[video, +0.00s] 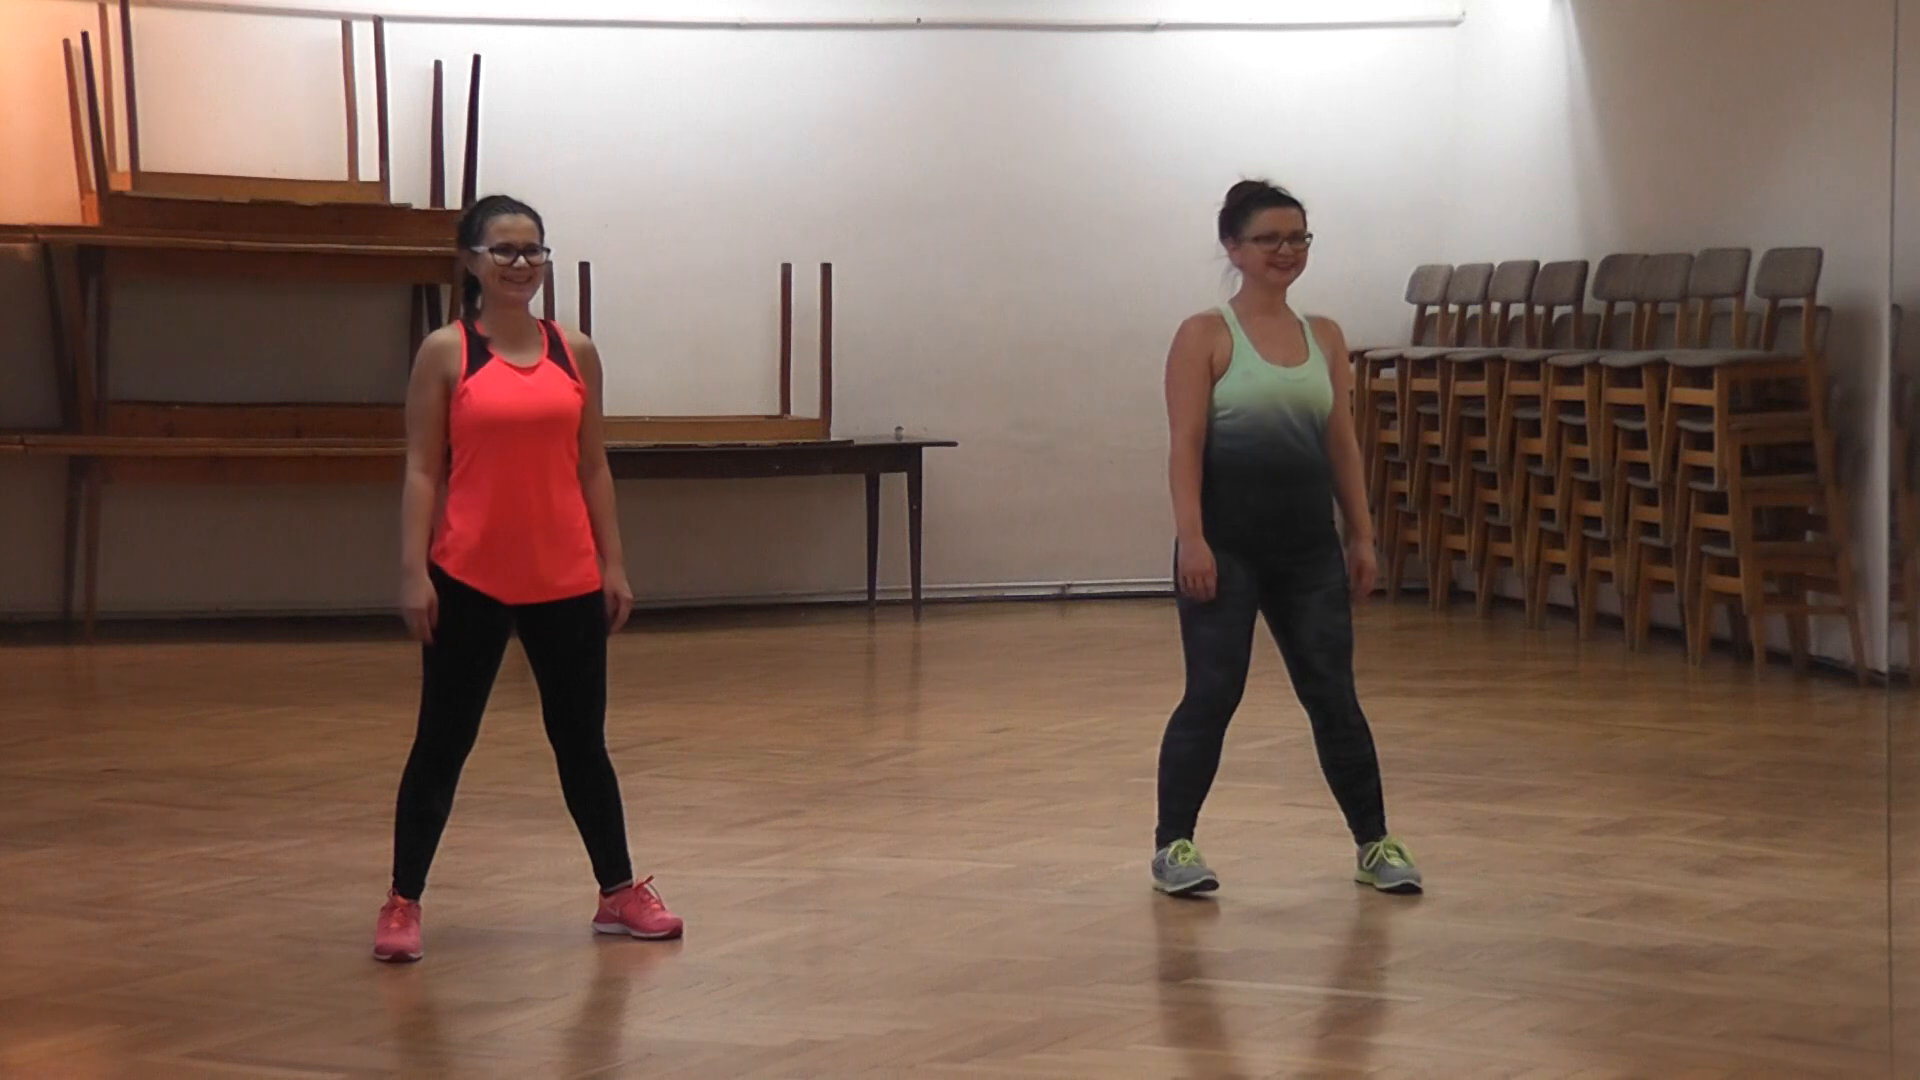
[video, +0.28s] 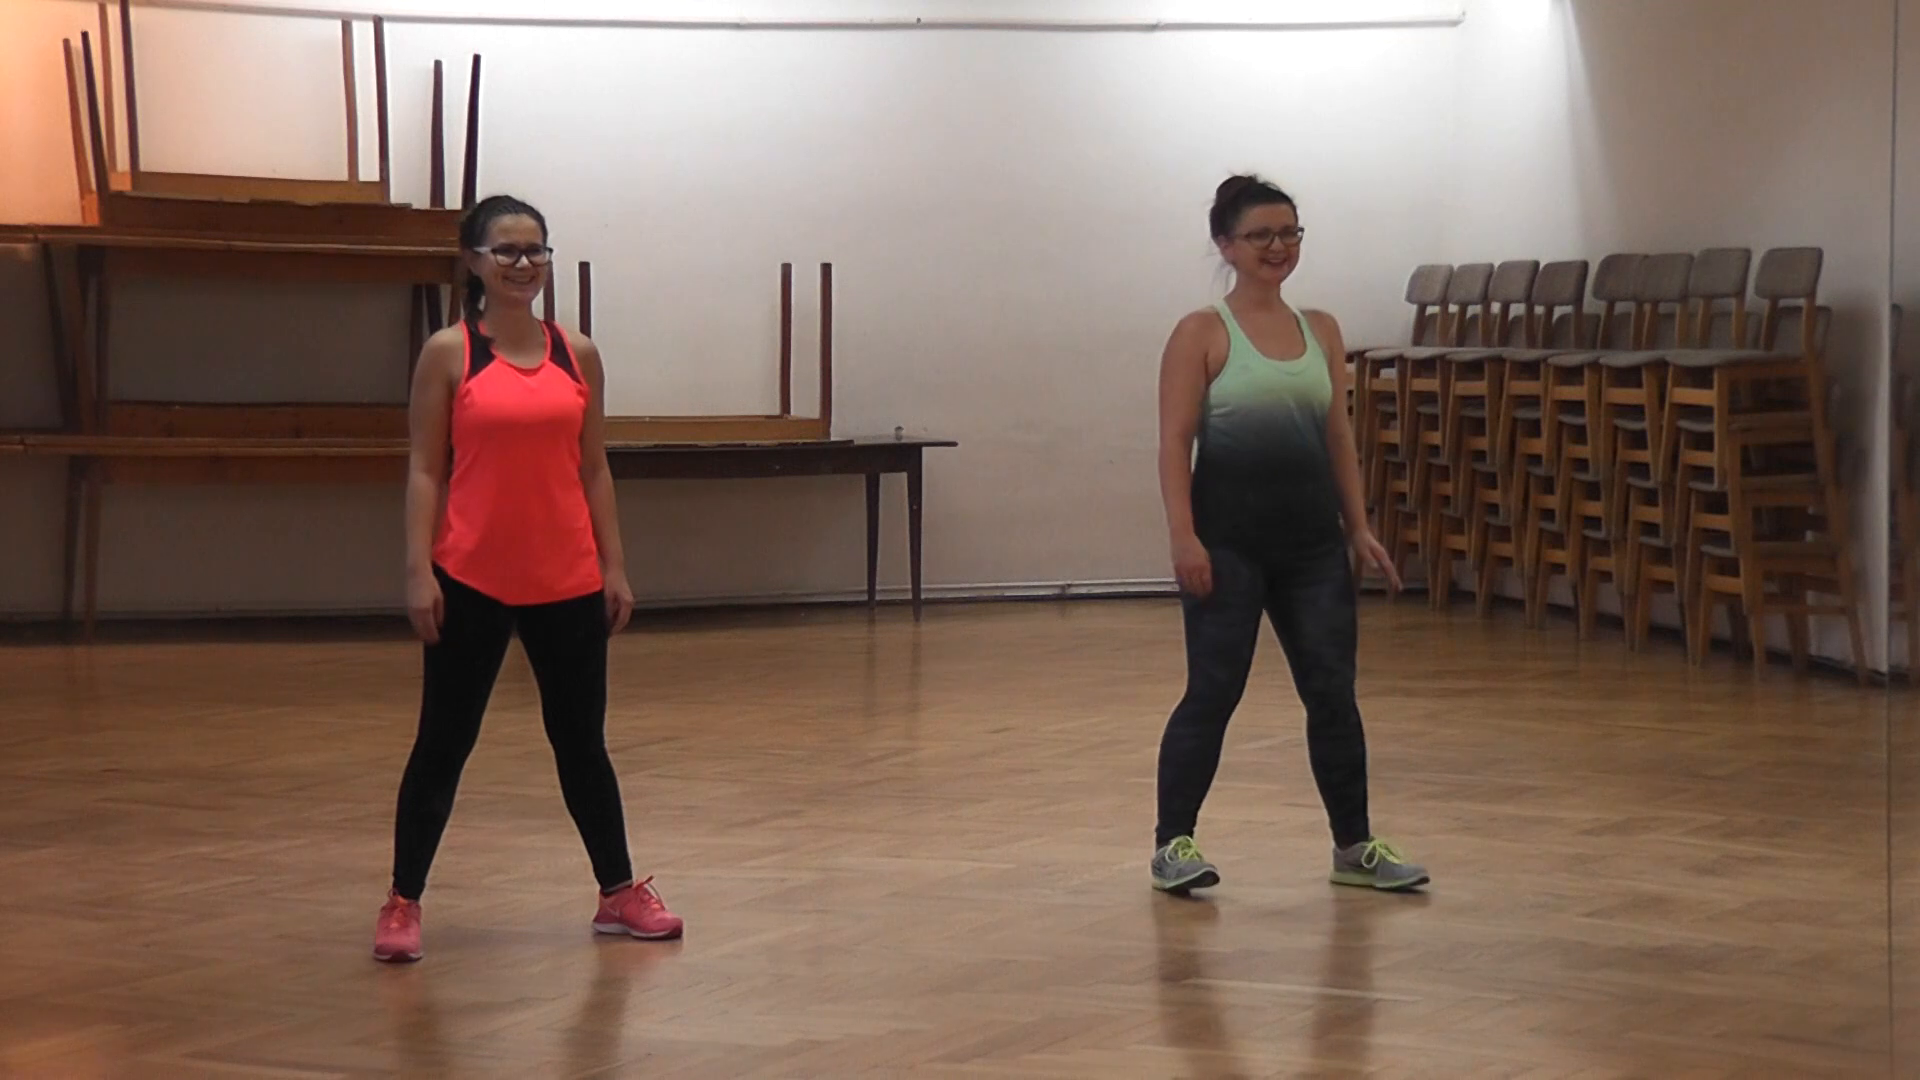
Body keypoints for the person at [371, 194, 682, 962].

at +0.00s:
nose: (521, 261)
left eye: (532, 249)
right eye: (504, 250)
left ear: (545, 260)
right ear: (472, 262)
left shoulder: (576, 353)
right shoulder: (445, 352)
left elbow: (594, 465)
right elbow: (424, 469)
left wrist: (613, 564)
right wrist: (413, 569)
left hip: (568, 579)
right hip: (470, 580)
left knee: (583, 740)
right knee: (441, 747)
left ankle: (620, 890)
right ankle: (403, 903)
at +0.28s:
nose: (522, 262)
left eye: (534, 250)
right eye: (506, 250)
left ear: (548, 261)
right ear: (475, 262)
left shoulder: (578, 354)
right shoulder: (447, 353)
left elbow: (595, 468)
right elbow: (426, 470)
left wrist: (614, 566)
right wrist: (418, 569)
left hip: (569, 580)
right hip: (471, 580)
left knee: (583, 741)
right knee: (442, 747)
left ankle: (620, 890)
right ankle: (403, 903)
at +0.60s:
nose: (526, 261)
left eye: (537, 249)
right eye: (509, 249)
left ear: (549, 261)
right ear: (476, 263)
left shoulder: (579, 356)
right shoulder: (447, 354)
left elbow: (593, 467)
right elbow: (405, 451)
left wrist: (614, 569)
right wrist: (425, 534)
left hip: (570, 584)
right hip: (474, 581)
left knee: (583, 742)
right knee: (443, 746)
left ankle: (620, 890)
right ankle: (403, 903)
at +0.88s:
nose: (532, 259)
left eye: (538, 245)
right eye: (512, 252)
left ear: (552, 255)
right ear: (480, 271)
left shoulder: (585, 358)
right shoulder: (453, 354)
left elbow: (599, 473)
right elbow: (414, 455)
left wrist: (616, 574)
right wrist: (405, 535)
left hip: (569, 584)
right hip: (472, 581)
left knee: (584, 742)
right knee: (443, 746)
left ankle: (620, 891)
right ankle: (403, 904)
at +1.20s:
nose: (534, 257)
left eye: (539, 243)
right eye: (513, 253)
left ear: (555, 251)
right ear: (484, 275)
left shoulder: (599, 352)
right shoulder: (465, 350)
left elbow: (619, 468)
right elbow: (437, 460)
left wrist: (637, 567)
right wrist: (417, 554)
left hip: (579, 580)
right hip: (477, 579)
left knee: (594, 742)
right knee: (447, 745)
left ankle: (620, 890)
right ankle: (403, 902)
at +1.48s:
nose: (553, 252)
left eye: (561, 239)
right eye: (535, 245)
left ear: (577, 246)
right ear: (504, 261)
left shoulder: (621, 347)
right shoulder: (481, 348)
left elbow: (653, 456)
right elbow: (447, 450)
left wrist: (669, 550)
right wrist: (414, 538)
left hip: (605, 574)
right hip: (506, 576)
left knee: (615, 739)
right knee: (464, 739)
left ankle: (622, 888)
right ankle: (414, 897)